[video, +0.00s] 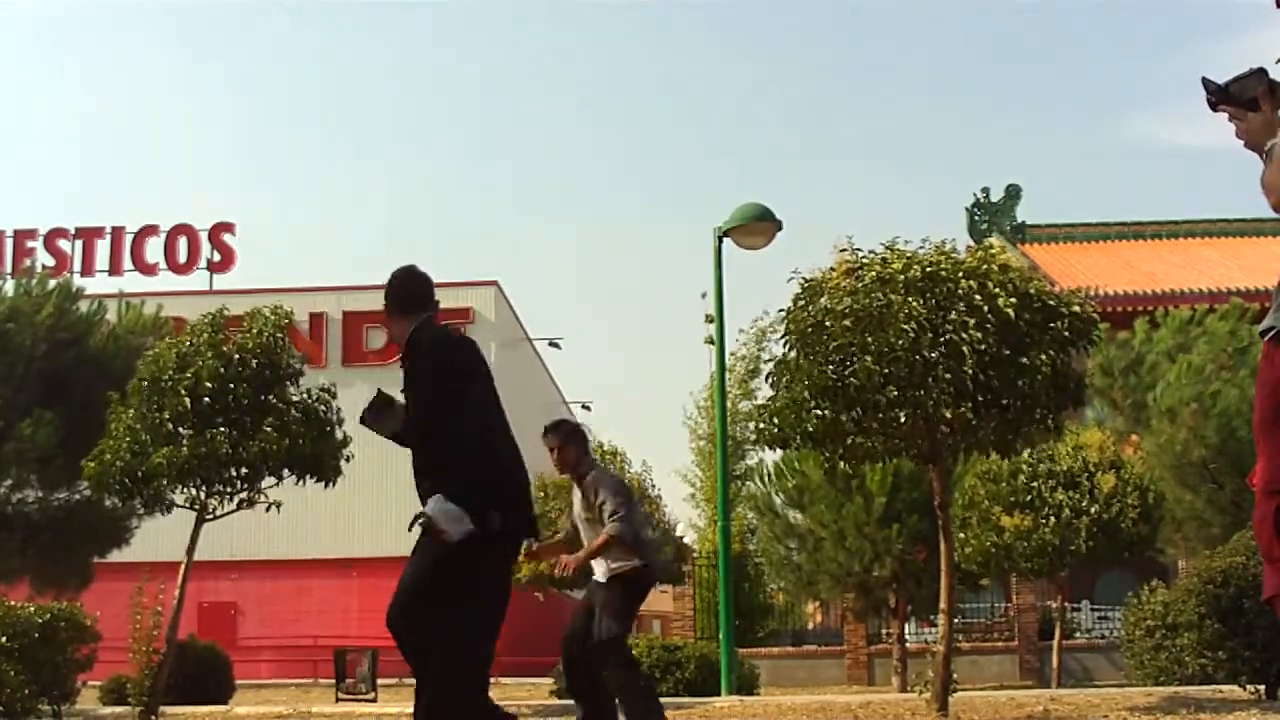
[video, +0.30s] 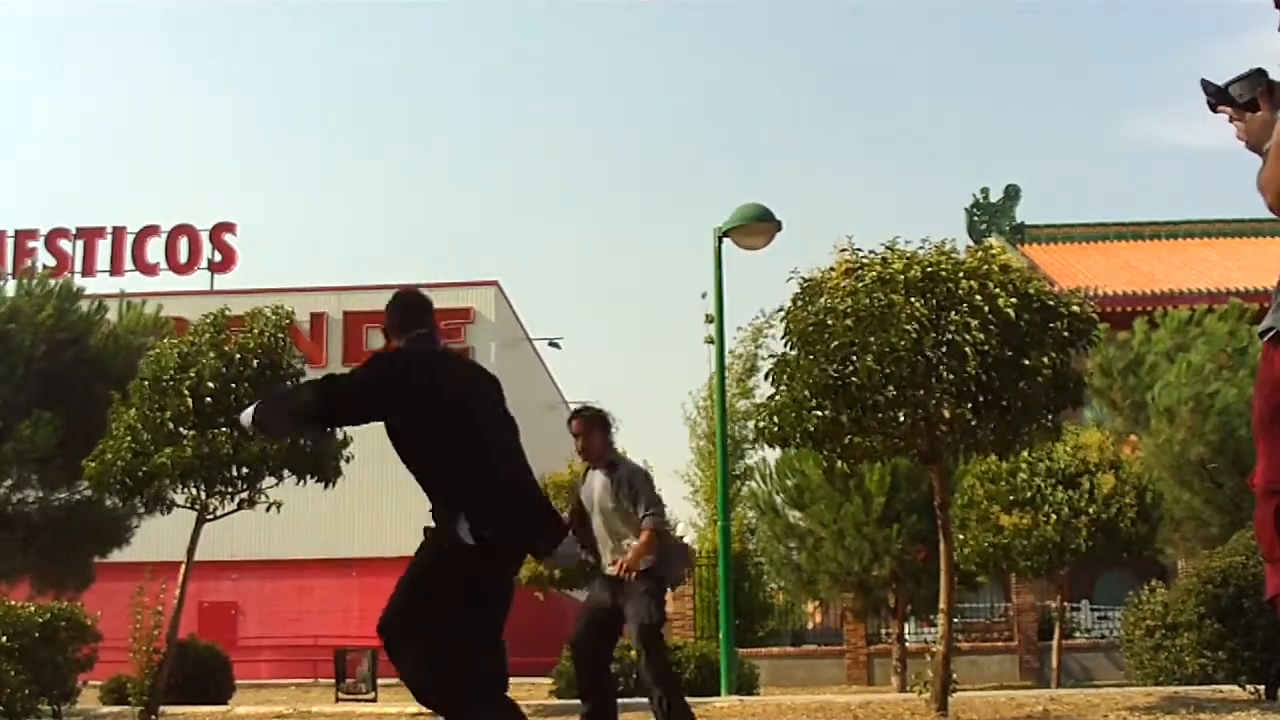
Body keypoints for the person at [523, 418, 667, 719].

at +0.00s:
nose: (554, 459)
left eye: (558, 450)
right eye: (550, 452)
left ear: (578, 446)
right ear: (553, 454)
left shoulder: (604, 483)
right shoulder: (579, 490)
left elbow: (618, 527)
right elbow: (573, 538)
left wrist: (581, 556)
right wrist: (543, 550)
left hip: (629, 574)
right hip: (605, 576)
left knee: (607, 645)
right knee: (575, 645)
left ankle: (649, 715)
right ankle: (599, 714)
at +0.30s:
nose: (579, 445)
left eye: (584, 436)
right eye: (575, 438)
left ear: (604, 434)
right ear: (575, 440)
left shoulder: (633, 475)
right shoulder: (584, 483)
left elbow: (653, 522)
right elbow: (577, 528)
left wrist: (635, 554)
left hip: (642, 575)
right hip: (606, 576)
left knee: (646, 640)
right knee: (585, 644)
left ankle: (675, 713)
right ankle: (600, 713)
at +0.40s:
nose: (592, 443)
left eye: (598, 435)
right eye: (588, 437)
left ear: (619, 436)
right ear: (586, 440)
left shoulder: (647, 480)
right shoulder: (590, 484)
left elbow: (674, 529)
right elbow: (578, 526)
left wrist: (677, 575)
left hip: (648, 585)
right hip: (608, 583)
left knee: (655, 660)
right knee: (587, 649)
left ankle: (676, 715)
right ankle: (599, 713)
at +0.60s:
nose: (618, 433)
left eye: (624, 425)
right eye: (613, 427)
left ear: (646, 426)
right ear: (610, 430)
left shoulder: (672, 473)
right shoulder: (598, 472)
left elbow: (701, 514)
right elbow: (574, 522)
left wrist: (721, 539)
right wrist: (563, 555)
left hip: (660, 583)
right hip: (610, 579)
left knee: (683, 636)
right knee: (578, 648)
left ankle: (684, 713)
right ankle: (608, 698)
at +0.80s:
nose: (598, 422)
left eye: (604, 414)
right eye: (592, 417)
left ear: (625, 413)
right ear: (590, 421)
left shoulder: (643, 452)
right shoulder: (598, 462)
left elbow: (617, 456)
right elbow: (599, 514)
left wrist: (576, 428)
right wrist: (578, 544)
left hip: (646, 572)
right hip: (603, 570)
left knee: (667, 667)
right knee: (557, 615)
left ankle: (680, 714)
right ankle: (570, 711)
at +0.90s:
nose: (565, 402)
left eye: (572, 396)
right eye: (564, 397)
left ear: (595, 401)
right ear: (581, 406)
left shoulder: (609, 430)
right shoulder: (588, 449)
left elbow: (565, 408)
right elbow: (599, 503)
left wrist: (520, 384)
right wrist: (577, 537)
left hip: (620, 550)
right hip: (594, 554)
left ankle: (692, 707)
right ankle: (561, 711)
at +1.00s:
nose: (551, 407)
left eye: (557, 399)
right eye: (549, 400)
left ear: (578, 398)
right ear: (552, 402)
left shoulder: (600, 430)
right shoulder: (565, 446)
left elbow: (577, 417)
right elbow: (559, 496)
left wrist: (540, 400)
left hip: (611, 534)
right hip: (577, 540)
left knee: (629, 607)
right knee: (555, 625)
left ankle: (699, 667)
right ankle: (560, 710)